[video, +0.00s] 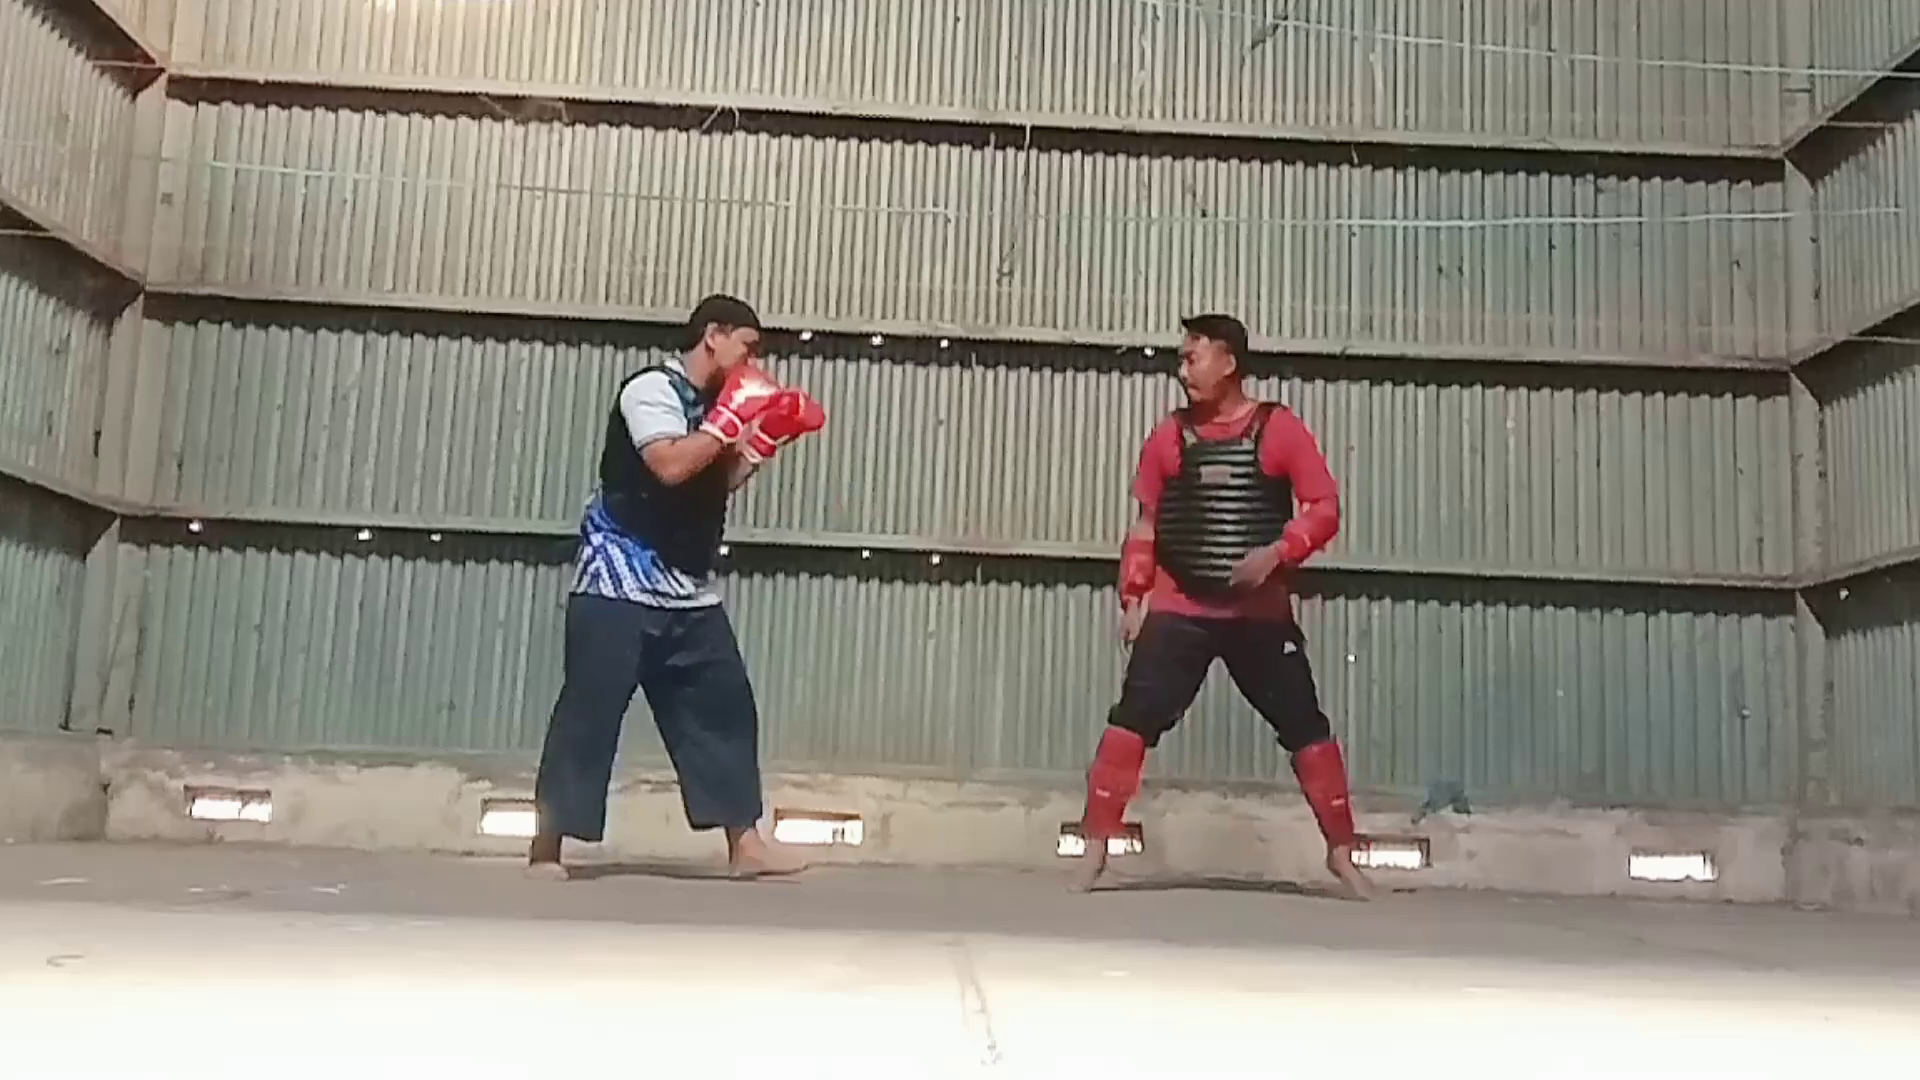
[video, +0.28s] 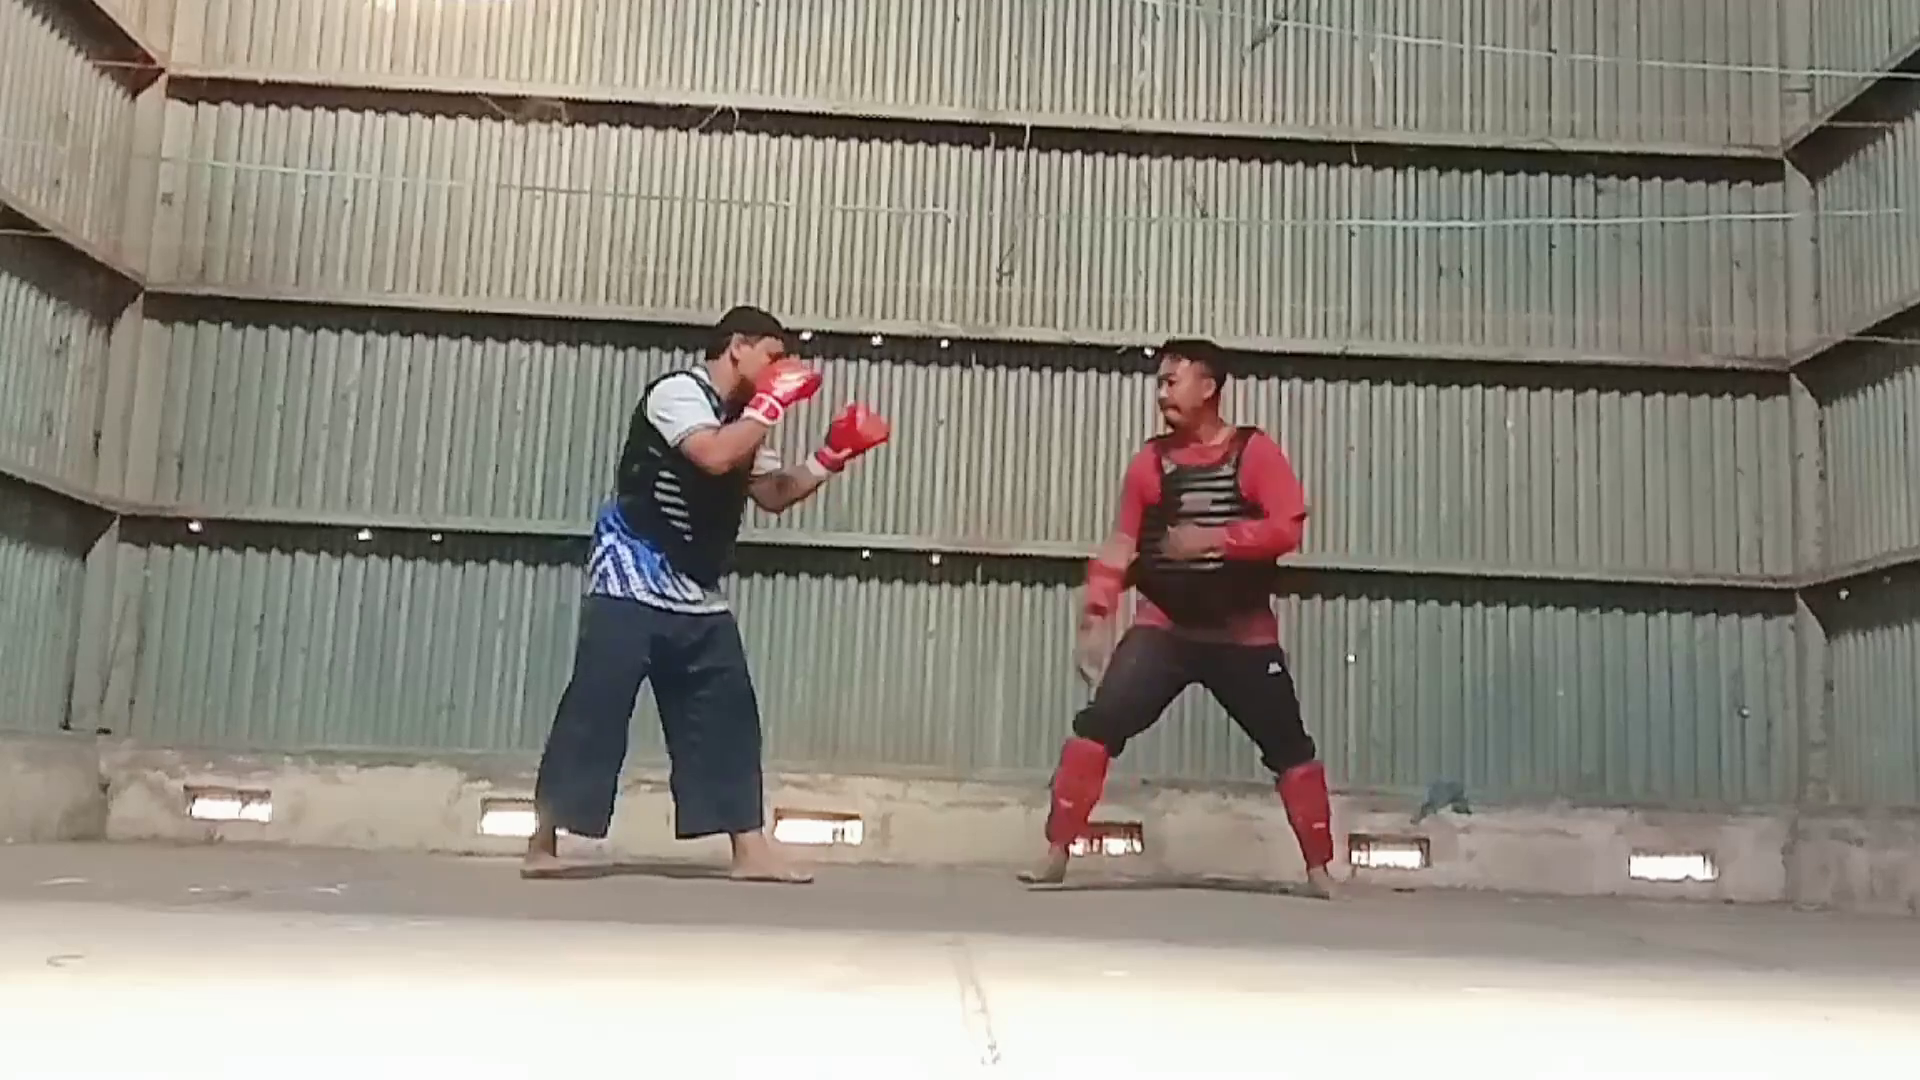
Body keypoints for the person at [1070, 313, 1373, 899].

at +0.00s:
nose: (1185, 368)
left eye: (1196, 358)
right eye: (1184, 358)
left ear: (1231, 363)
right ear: (1192, 365)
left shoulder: (1278, 428)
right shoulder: (1168, 437)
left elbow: (1324, 508)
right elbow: (1146, 519)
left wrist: (1275, 554)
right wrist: (1134, 591)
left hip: (1258, 616)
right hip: (1178, 613)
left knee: (1304, 726)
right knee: (1133, 718)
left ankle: (1342, 851)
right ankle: (1095, 848)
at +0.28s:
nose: (1162, 389)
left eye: (1174, 379)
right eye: (1160, 380)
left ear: (1211, 388)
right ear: (1161, 388)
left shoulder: (1256, 452)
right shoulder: (1148, 464)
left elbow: (1288, 530)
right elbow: (1121, 547)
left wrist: (1214, 536)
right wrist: (1097, 614)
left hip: (1242, 638)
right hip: (1161, 633)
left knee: (1291, 749)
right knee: (1098, 725)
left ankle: (1321, 870)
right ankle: (1056, 853)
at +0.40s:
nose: (1146, 383)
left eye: (1159, 376)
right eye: (1144, 374)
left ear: (1192, 388)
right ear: (1140, 383)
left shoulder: (1218, 457)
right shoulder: (1113, 451)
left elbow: (1237, 532)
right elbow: (1061, 501)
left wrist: (1170, 487)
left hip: (1198, 637)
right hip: (1117, 634)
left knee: (1258, 734)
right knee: (1077, 733)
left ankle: (1315, 855)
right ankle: (1079, 862)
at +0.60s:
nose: (1118, 370)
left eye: (1135, 366)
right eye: (1120, 357)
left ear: (1164, 385)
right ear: (1115, 355)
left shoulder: (1157, 455)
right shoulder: (1074, 389)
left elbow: (1145, 546)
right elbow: (979, 396)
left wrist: (1111, 563)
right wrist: (903, 416)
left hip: (1060, 573)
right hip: (1000, 548)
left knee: (1093, 698)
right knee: (996, 661)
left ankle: (1029, 798)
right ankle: (972, 777)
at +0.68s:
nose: (1079, 393)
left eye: (1095, 387)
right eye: (1082, 381)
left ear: (1129, 405)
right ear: (1078, 383)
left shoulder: (1132, 483)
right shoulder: (1040, 420)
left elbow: (1168, 563)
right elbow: (953, 437)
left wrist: (1183, 530)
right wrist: (868, 462)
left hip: (994, 606)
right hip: (949, 553)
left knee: (986, 740)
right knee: (877, 574)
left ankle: (925, 850)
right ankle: (785, 561)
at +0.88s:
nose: (1052, 437)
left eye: (1071, 438)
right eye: (1055, 425)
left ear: (1090, 462)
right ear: (1045, 422)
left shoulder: (1074, 531)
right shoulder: (991, 450)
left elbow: (1123, 575)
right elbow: (899, 463)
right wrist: (823, 488)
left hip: (925, 625)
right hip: (867, 566)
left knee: (961, 726)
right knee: (745, 584)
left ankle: (918, 861)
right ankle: (622, 585)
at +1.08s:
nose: (969, 416)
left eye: (987, 412)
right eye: (972, 402)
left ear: (1019, 427)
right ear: (969, 395)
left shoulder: (1013, 489)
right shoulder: (929, 437)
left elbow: (995, 575)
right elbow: (834, 474)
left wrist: (1002, 648)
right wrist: (778, 529)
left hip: (915, 617)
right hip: (854, 591)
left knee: (972, 717)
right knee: (810, 718)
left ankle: (924, 852)